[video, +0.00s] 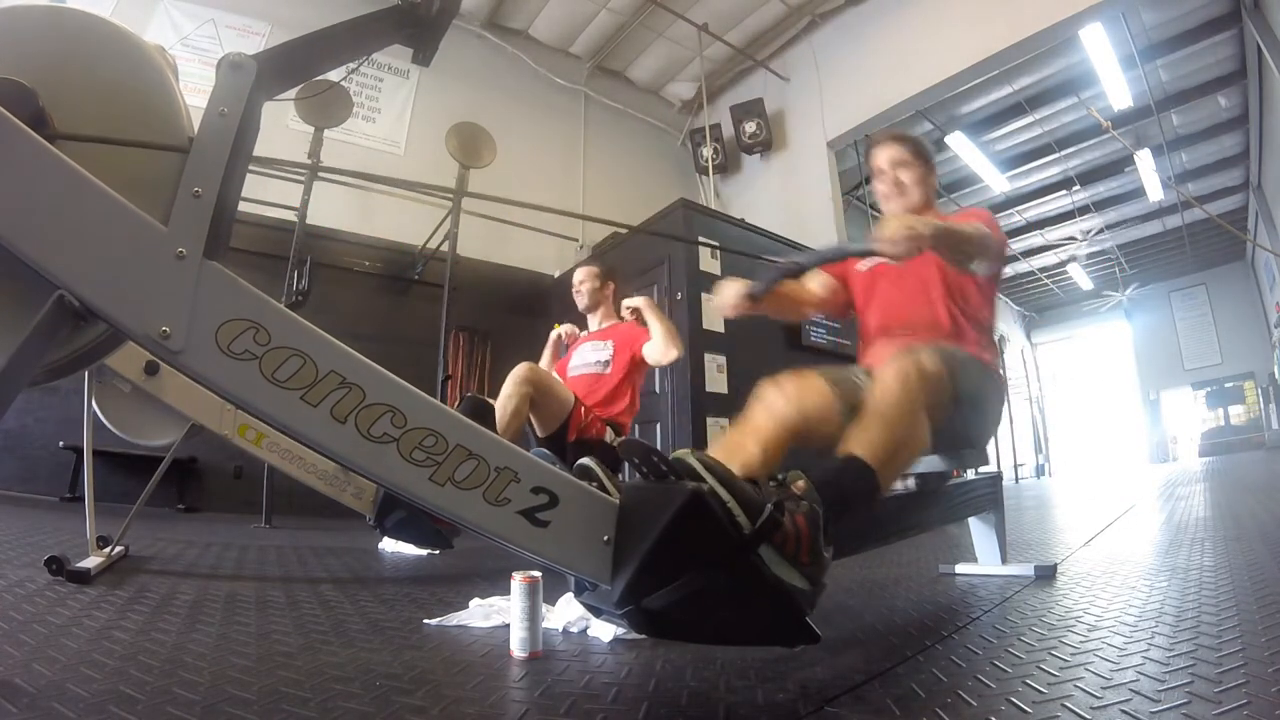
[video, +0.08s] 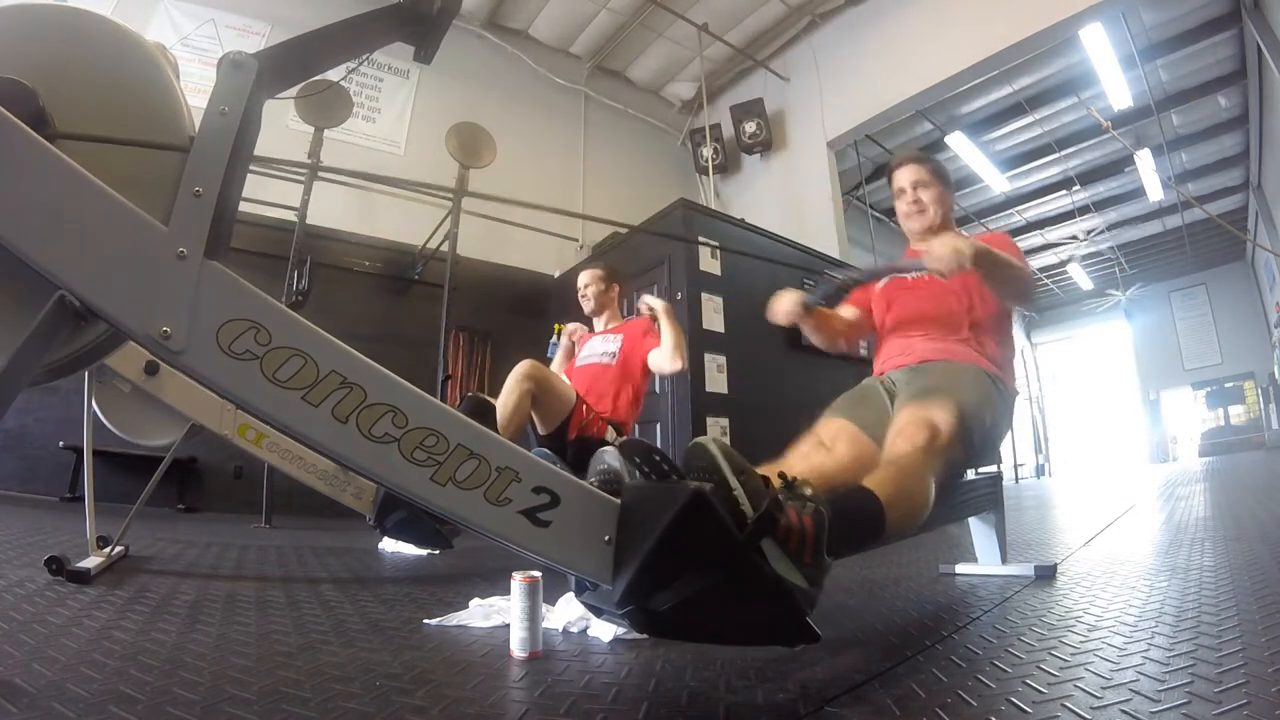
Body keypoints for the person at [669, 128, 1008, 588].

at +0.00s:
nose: (890, 180)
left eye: (901, 167)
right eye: (879, 175)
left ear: (930, 174)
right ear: (871, 191)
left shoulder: (969, 222)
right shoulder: (862, 259)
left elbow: (985, 250)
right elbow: (809, 294)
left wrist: (927, 231)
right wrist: (754, 298)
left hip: (965, 380)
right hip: (875, 381)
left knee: (905, 368)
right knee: (780, 395)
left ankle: (816, 512)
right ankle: (690, 491)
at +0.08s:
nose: (911, 199)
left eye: (921, 187)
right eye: (901, 194)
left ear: (949, 196)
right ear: (894, 211)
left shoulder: (987, 245)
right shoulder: (884, 280)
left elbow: (1027, 293)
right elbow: (845, 335)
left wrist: (978, 257)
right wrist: (805, 314)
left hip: (960, 368)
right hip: (885, 380)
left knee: (917, 438)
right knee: (822, 445)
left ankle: (824, 529)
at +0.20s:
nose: (917, 205)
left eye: (927, 193)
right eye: (907, 200)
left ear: (954, 200)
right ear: (901, 215)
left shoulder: (992, 257)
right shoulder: (891, 279)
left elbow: (1051, 321)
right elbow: (856, 353)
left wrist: (1013, 264)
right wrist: (833, 322)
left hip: (958, 369)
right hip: (883, 381)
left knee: (917, 434)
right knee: (822, 441)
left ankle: (819, 526)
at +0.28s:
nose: (917, 202)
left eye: (928, 191)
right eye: (908, 198)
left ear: (957, 201)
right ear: (901, 215)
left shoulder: (991, 258)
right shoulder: (890, 279)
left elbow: (1055, 325)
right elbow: (866, 361)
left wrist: (1028, 265)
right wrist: (847, 320)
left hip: (959, 373)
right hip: (883, 382)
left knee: (913, 440)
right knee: (818, 446)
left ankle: (818, 530)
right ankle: (706, 498)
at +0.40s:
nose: (916, 201)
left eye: (927, 190)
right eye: (906, 196)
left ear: (953, 197)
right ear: (900, 210)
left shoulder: (992, 255)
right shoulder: (888, 280)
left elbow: (1057, 325)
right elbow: (862, 359)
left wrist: (1027, 266)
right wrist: (844, 324)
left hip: (960, 371)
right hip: (885, 383)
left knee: (917, 437)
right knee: (825, 441)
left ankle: (820, 525)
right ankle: (707, 488)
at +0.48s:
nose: (910, 196)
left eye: (921, 184)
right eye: (900, 191)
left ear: (950, 194)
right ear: (895, 209)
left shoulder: (993, 251)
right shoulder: (883, 276)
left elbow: (1059, 320)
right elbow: (854, 358)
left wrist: (1018, 268)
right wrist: (831, 328)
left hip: (960, 372)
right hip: (884, 382)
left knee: (915, 440)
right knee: (821, 443)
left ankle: (820, 527)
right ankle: (728, 494)